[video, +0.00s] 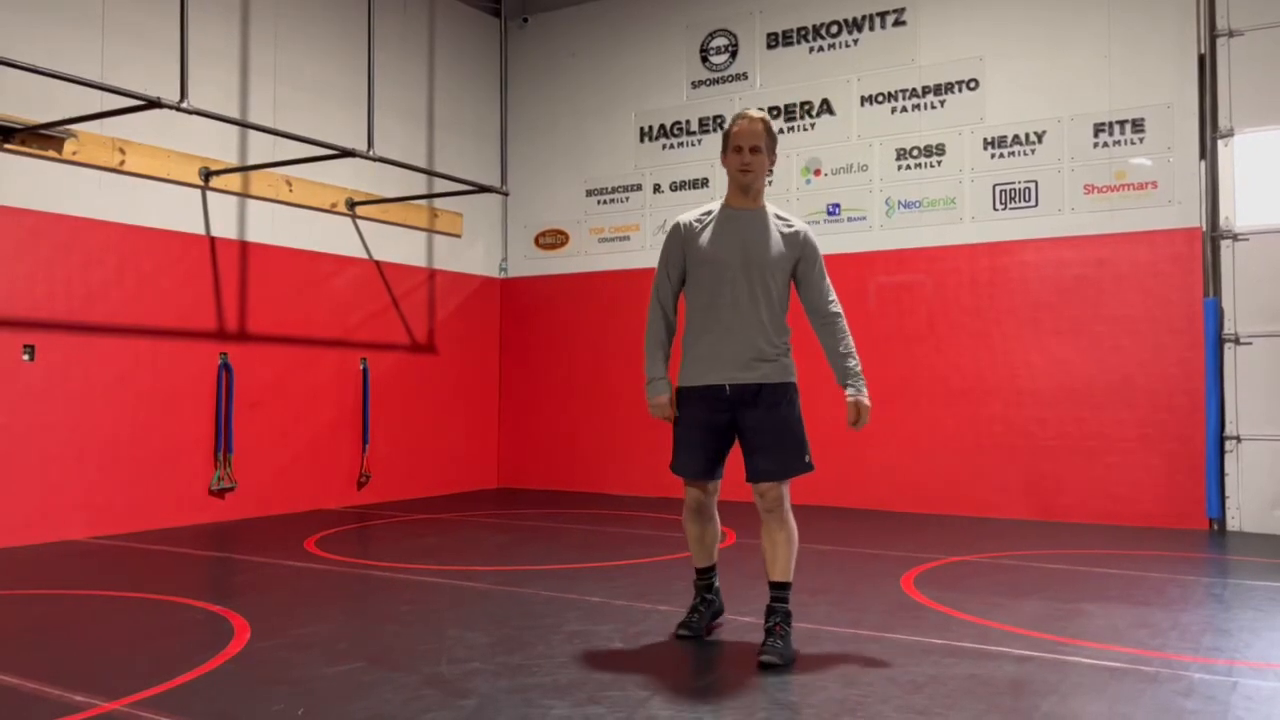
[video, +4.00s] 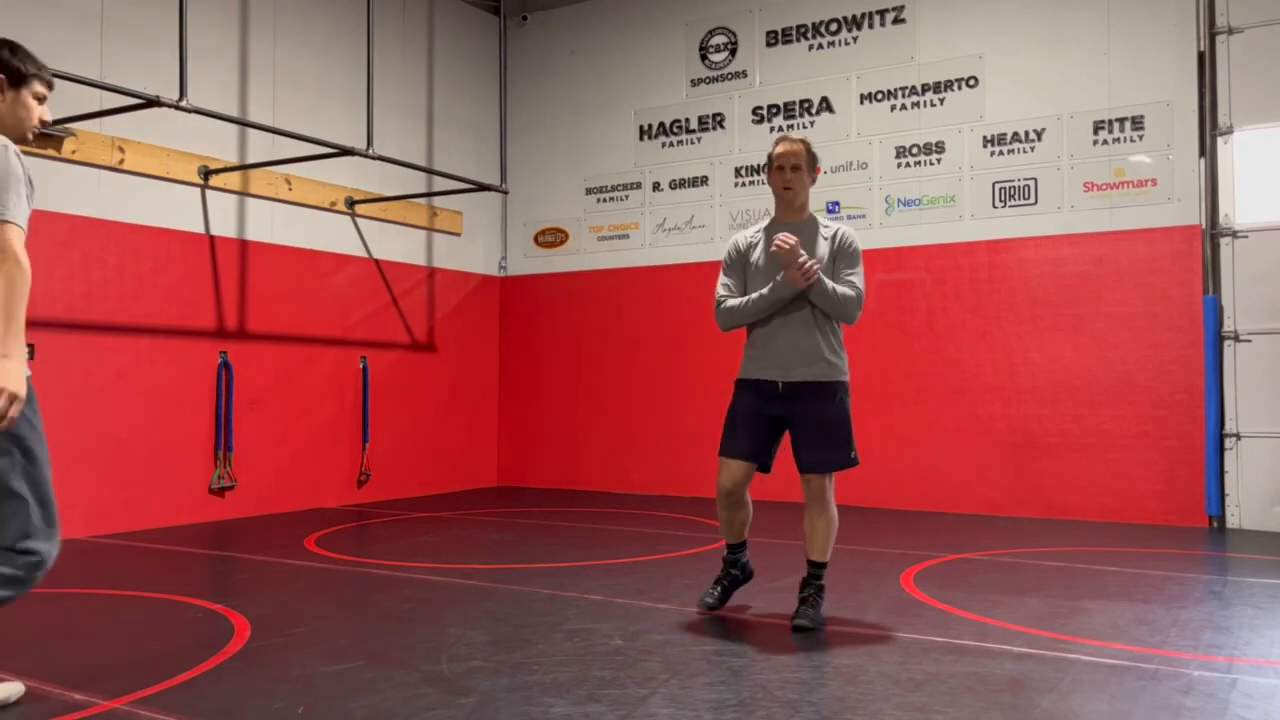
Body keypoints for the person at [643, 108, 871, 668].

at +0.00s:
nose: (747, 158)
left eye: (757, 149)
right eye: (737, 148)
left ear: (772, 159)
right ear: (722, 157)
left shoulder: (792, 235)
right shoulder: (687, 231)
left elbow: (827, 313)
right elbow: (661, 309)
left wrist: (854, 383)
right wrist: (656, 379)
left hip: (769, 387)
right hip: (702, 388)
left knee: (772, 498)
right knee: (697, 497)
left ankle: (778, 620)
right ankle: (706, 598)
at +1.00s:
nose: (737, 173)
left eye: (746, 164)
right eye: (729, 165)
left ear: (766, 170)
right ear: (720, 174)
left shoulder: (798, 239)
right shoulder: (700, 245)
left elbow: (821, 315)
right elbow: (682, 322)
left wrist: (817, 378)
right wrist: (672, 386)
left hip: (780, 386)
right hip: (717, 387)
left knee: (796, 489)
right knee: (710, 488)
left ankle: (808, 585)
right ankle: (709, 601)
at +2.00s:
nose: (783, 181)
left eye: (793, 172)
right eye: (776, 173)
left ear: (815, 178)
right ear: (769, 180)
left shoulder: (840, 250)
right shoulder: (744, 245)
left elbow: (858, 329)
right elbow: (723, 319)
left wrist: (863, 394)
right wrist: (719, 381)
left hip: (816, 390)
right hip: (754, 389)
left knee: (812, 486)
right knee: (732, 488)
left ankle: (810, 588)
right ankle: (727, 575)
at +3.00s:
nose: (711, 188)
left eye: (720, 179)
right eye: (705, 180)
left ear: (742, 184)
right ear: (697, 187)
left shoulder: (771, 246)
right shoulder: (683, 256)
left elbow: (786, 323)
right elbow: (669, 330)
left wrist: (773, 382)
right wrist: (662, 390)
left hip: (755, 386)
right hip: (702, 390)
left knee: (772, 478)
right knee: (713, 482)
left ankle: (792, 586)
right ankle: (726, 584)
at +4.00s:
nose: (785, 176)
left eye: (795, 168)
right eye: (778, 168)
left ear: (813, 176)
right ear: (767, 177)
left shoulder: (839, 240)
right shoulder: (743, 245)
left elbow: (850, 309)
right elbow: (725, 315)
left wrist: (804, 268)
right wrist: (784, 287)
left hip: (819, 383)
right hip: (758, 381)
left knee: (818, 491)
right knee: (729, 486)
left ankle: (812, 592)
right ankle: (735, 565)